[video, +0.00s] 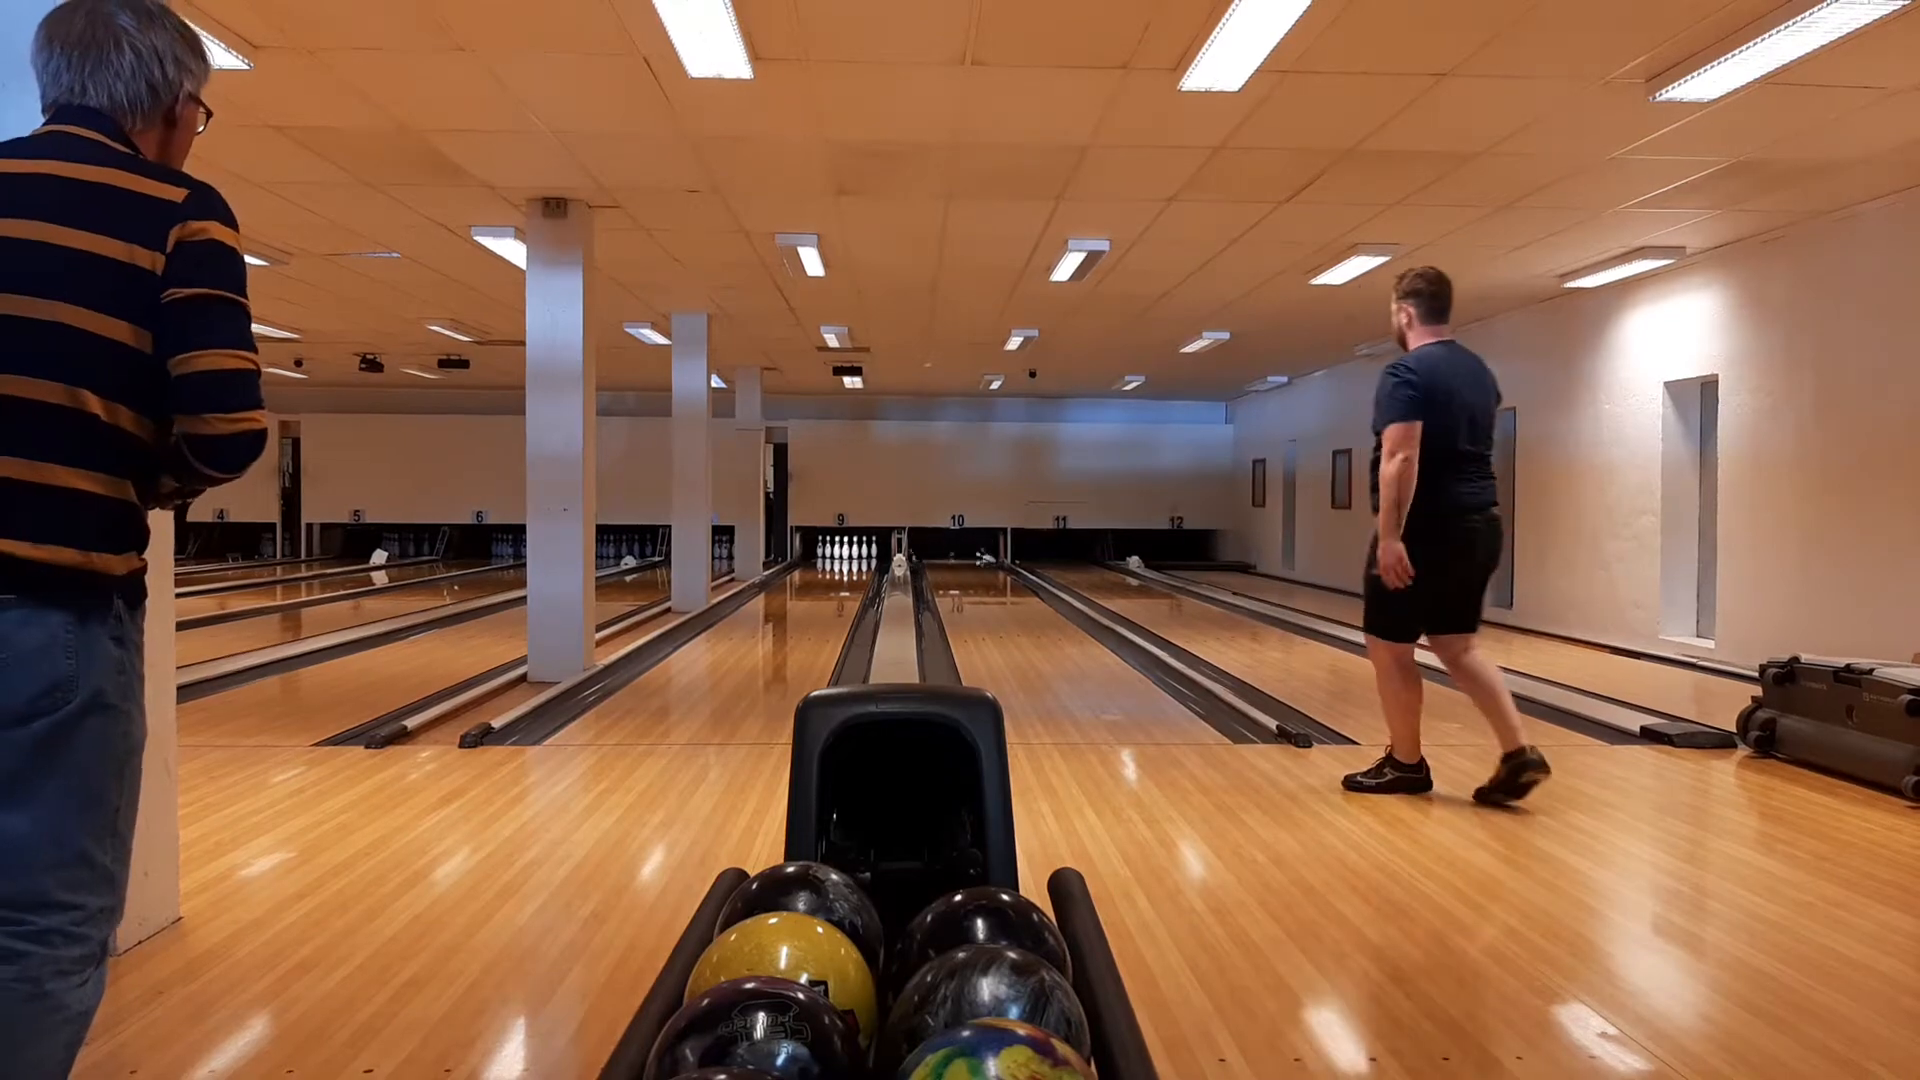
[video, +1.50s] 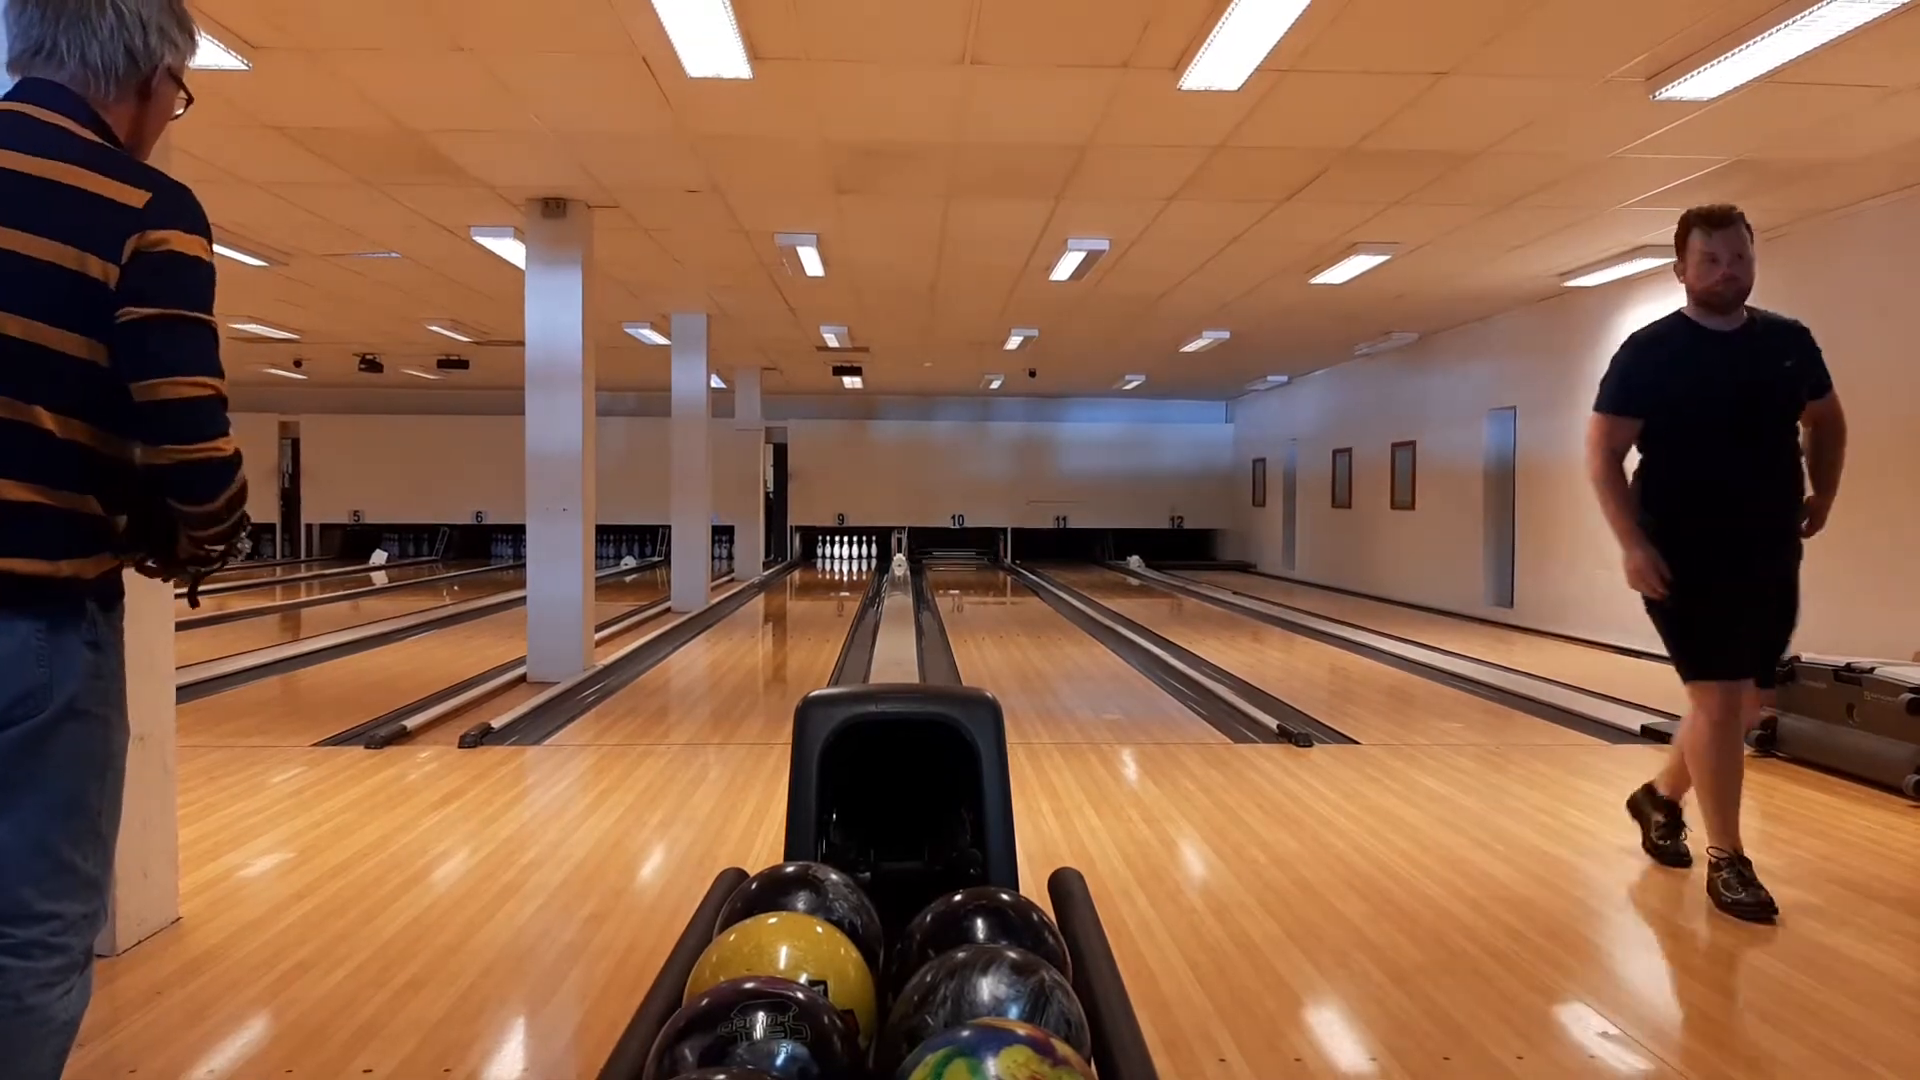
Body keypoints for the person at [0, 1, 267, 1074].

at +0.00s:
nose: (196, 136)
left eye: (199, 117)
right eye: (198, 114)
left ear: (53, 95)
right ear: (170, 109)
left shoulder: (2, 175)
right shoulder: (180, 209)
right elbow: (229, 433)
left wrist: (162, 465)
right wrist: (159, 476)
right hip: (54, 613)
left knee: (35, 923)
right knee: (48, 937)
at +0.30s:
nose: (192, 141)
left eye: (195, 122)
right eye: (193, 119)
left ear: (51, 96)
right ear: (168, 111)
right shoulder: (173, 208)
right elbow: (222, 432)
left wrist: (156, 463)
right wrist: (150, 474)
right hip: (55, 614)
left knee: (34, 918)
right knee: (55, 932)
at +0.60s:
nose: (185, 123)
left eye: (187, 104)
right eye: (187, 102)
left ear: (43, 84)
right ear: (160, 99)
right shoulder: (166, 204)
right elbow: (227, 436)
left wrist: (160, 455)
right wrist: (151, 464)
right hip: (52, 612)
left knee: (32, 920)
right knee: (45, 935)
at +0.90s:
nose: (177, 109)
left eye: (179, 87)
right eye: (178, 86)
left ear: (33, 59)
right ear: (146, 82)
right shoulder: (152, 197)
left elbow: (204, 436)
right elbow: (211, 436)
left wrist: (155, 470)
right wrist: (157, 482)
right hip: (47, 610)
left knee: (35, 927)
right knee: (40, 941)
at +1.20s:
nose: (172, 109)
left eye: (175, 84)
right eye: (173, 84)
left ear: (27, 57)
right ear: (140, 80)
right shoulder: (142, 195)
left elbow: (175, 423)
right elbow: (176, 424)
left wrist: (169, 491)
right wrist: (184, 503)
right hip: (41, 613)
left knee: (35, 928)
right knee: (38, 941)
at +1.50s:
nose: (176, 112)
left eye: (179, 86)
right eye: (175, 84)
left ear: (28, 54)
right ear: (135, 74)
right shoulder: (146, 206)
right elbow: (183, 434)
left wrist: (189, 517)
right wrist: (209, 527)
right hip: (38, 614)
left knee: (33, 929)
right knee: (37, 942)